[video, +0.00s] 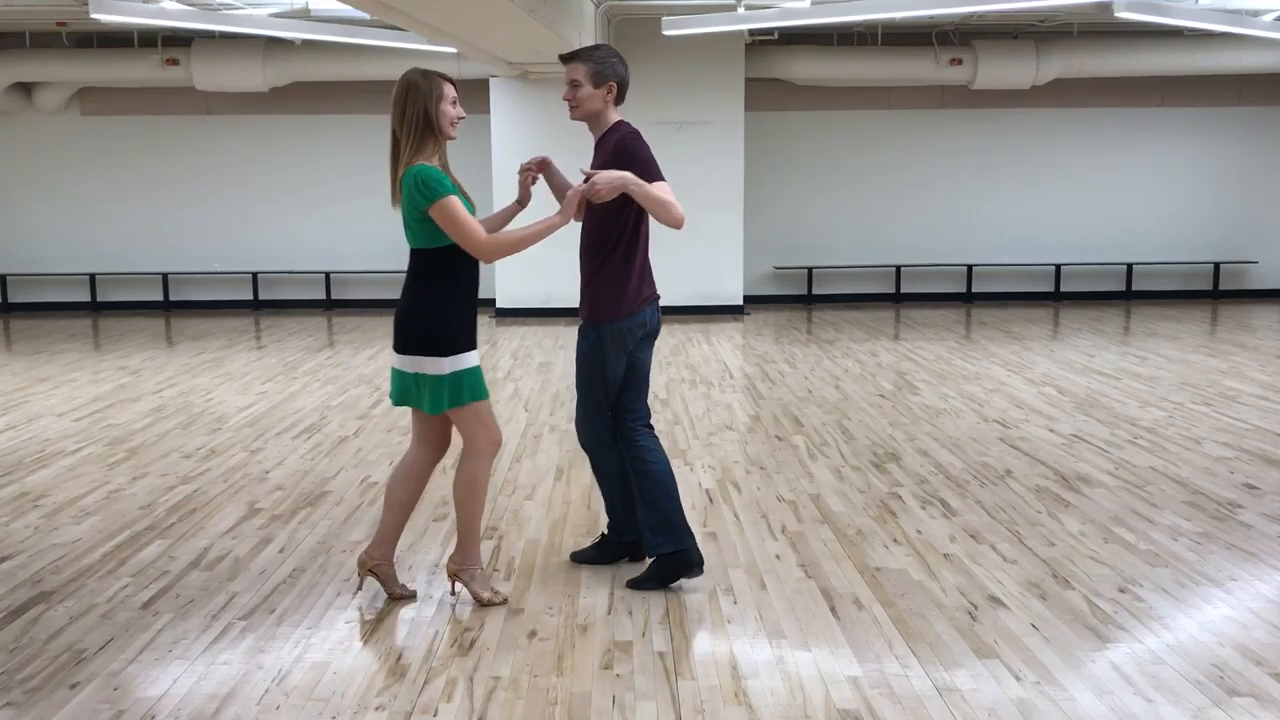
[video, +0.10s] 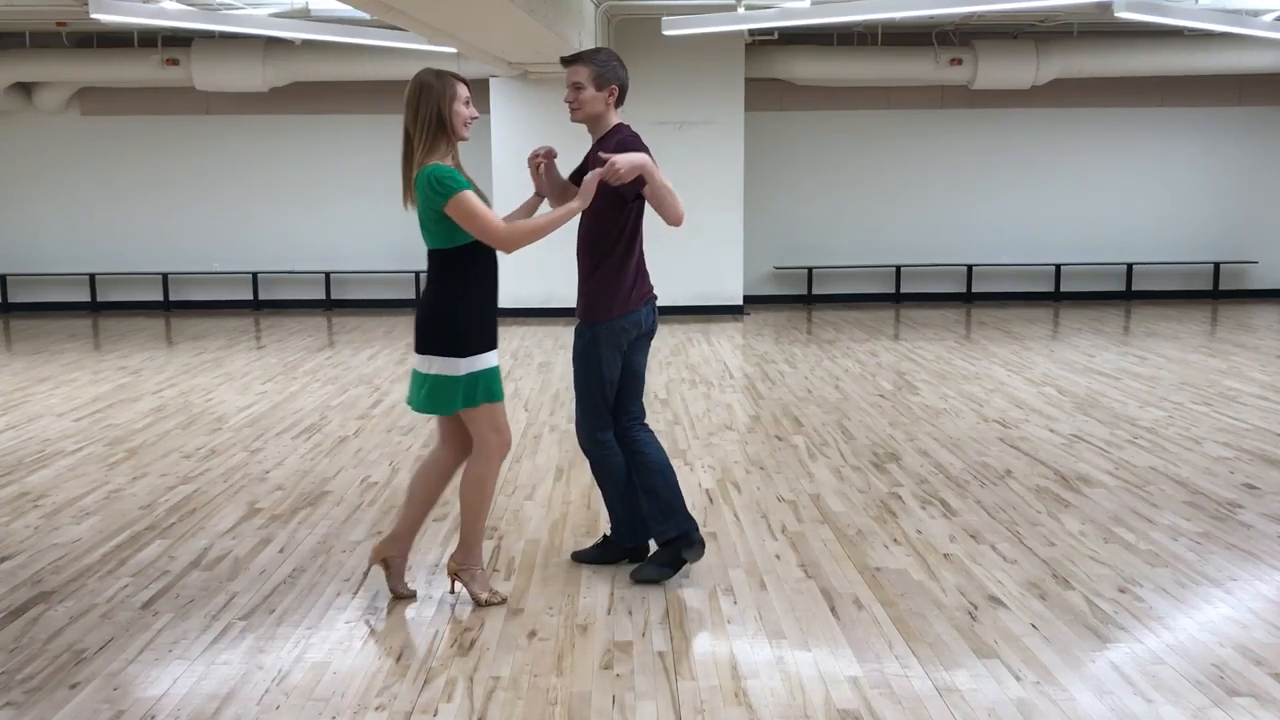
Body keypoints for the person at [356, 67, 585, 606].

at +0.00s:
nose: (460, 111)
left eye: (458, 102)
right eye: (451, 103)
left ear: (429, 113)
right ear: (427, 112)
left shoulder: (432, 173)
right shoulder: (425, 177)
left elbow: (474, 231)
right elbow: (483, 249)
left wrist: (519, 198)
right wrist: (561, 219)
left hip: (427, 328)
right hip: (440, 332)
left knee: (428, 443)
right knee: (484, 439)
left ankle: (379, 553)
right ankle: (467, 560)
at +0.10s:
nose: (473, 111)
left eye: (471, 102)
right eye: (464, 103)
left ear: (441, 113)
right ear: (440, 111)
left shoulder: (445, 173)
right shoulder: (439, 176)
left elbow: (498, 233)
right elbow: (504, 238)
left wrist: (537, 197)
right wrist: (574, 206)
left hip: (450, 329)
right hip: (461, 333)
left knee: (454, 444)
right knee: (493, 440)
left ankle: (394, 546)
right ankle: (468, 560)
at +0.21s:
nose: (487, 113)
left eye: (486, 104)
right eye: (478, 104)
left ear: (472, 112)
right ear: (453, 111)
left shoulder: (468, 174)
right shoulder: (453, 176)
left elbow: (516, 242)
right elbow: (521, 225)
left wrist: (555, 192)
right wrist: (592, 185)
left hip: (491, 326)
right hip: (470, 329)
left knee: (514, 444)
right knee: (497, 446)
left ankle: (435, 534)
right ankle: (467, 561)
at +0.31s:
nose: (503, 114)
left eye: (503, 106)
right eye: (494, 106)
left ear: (496, 113)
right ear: (469, 114)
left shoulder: (496, 179)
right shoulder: (471, 178)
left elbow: (542, 240)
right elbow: (543, 200)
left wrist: (582, 190)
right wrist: (610, 151)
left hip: (513, 328)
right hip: (484, 332)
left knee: (552, 436)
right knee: (509, 447)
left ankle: (507, 544)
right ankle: (465, 560)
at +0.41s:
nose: (526, 115)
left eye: (524, 107)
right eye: (516, 107)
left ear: (504, 117)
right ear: (492, 116)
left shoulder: (518, 184)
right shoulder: (491, 176)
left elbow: (575, 228)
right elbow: (559, 167)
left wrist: (608, 172)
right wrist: (617, 115)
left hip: (536, 328)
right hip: (500, 332)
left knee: (578, 437)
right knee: (517, 450)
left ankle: (585, 550)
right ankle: (467, 559)